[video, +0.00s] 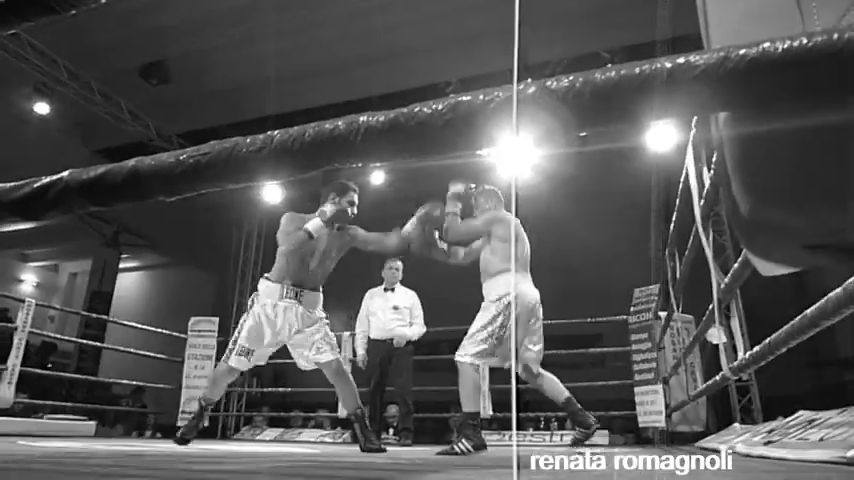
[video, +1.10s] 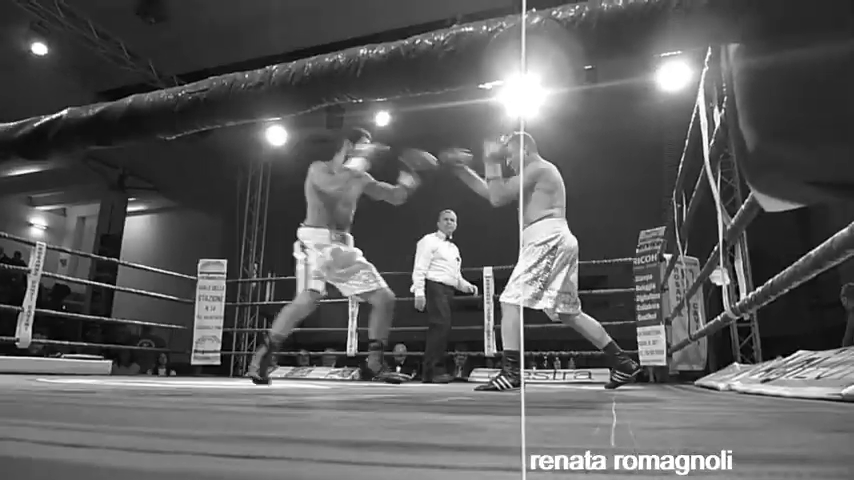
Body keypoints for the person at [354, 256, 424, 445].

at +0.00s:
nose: (393, 273)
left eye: (397, 270)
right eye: (390, 269)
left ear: (401, 274)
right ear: (383, 272)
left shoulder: (410, 296)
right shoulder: (371, 295)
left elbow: (420, 325)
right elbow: (362, 325)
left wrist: (407, 335)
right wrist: (361, 350)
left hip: (401, 344)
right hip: (376, 344)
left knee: (403, 389)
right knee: (375, 389)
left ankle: (405, 432)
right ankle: (374, 431)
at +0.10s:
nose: (388, 279)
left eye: (391, 276)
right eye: (384, 275)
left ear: (396, 280)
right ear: (377, 278)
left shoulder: (404, 303)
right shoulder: (364, 302)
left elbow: (414, 330)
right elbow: (354, 332)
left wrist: (404, 342)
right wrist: (353, 357)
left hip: (396, 351)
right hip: (371, 351)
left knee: (399, 395)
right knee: (370, 396)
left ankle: (401, 439)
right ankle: (369, 440)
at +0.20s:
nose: (410, 297)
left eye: (412, 294)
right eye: (406, 293)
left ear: (416, 298)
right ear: (396, 296)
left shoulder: (423, 320)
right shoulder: (384, 319)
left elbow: (433, 345)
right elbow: (373, 349)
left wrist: (429, 361)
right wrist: (372, 376)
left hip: (419, 369)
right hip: (393, 369)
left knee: (424, 412)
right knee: (392, 413)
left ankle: (426, 456)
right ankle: (390, 456)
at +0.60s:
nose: (432, 287)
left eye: (434, 285)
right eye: (428, 284)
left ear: (438, 290)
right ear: (419, 288)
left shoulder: (442, 314)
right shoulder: (407, 308)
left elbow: (447, 338)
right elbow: (395, 336)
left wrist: (449, 348)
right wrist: (393, 360)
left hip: (438, 359)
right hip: (412, 357)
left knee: (442, 401)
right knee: (406, 402)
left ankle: (443, 442)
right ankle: (395, 442)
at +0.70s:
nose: (440, 266)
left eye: (443, 263)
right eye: (436, 263)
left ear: (447, 268)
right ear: (429, 267)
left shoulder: (451, 291)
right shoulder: (418, 286)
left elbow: (456, 314)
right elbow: (407, 312)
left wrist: (459, 325)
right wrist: (403, 337)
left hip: (447, 336)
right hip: (424, 335)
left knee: (447, 378)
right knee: (414, 378)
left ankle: (443, 418)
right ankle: (397, 417)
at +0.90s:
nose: (452, 219)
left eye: (453, 215)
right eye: (448, 215)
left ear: (454, 218)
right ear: (440, 217)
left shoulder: (455, 241)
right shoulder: (426, 236)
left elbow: (461, 266)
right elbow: (417, 265)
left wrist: (469, 284)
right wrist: (417, 292)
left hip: (454, 286)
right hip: (434, 285)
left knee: (450, 327)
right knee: (431, 324)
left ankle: (446, 363)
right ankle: (415, 357)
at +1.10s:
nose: (450, 223)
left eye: (453, 221)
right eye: (446, 220)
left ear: (456, 225)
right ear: (438, 223)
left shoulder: (453, 248)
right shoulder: (428, 241)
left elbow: (455, 275)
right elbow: (419, 269)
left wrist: (468, 287)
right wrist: (419, 292)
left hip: (448, 287)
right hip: (434, 284)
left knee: (442, 326)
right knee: (440, 324)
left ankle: (434, 369)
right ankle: (433, 370)